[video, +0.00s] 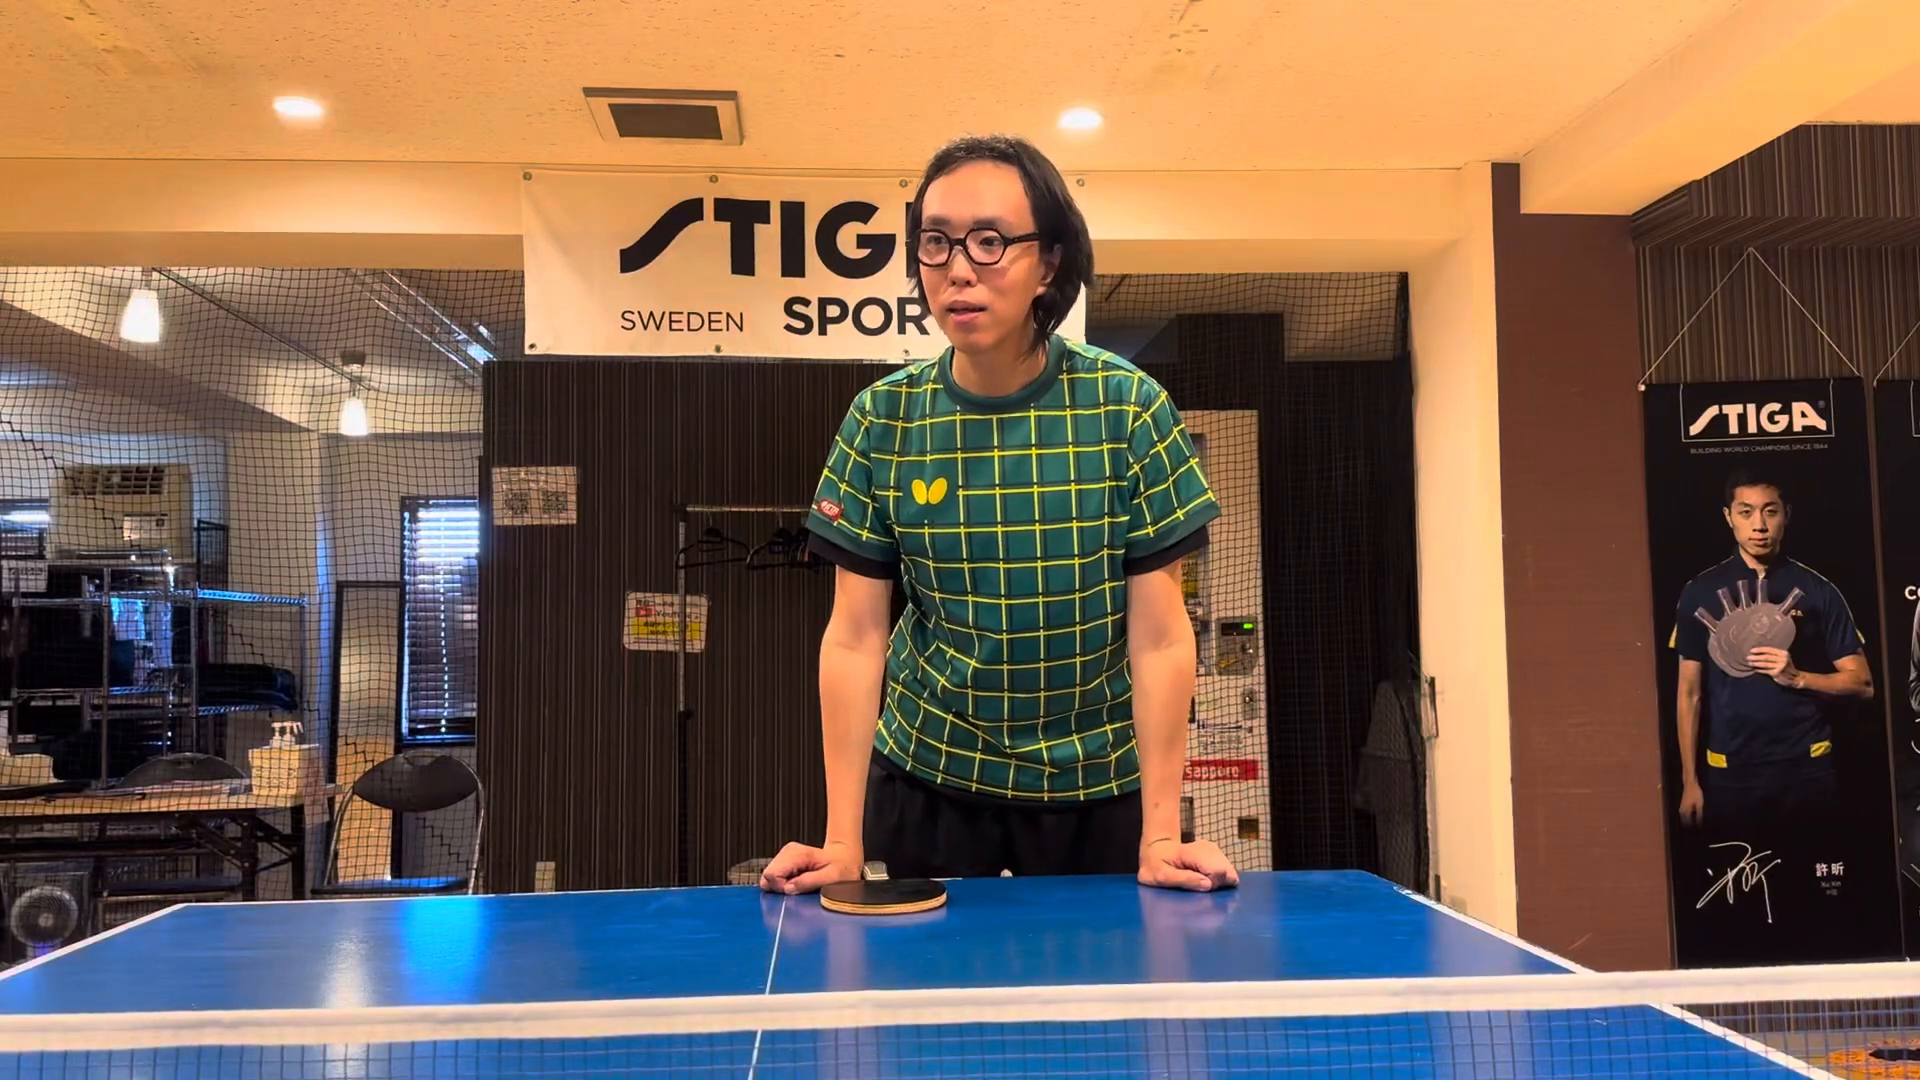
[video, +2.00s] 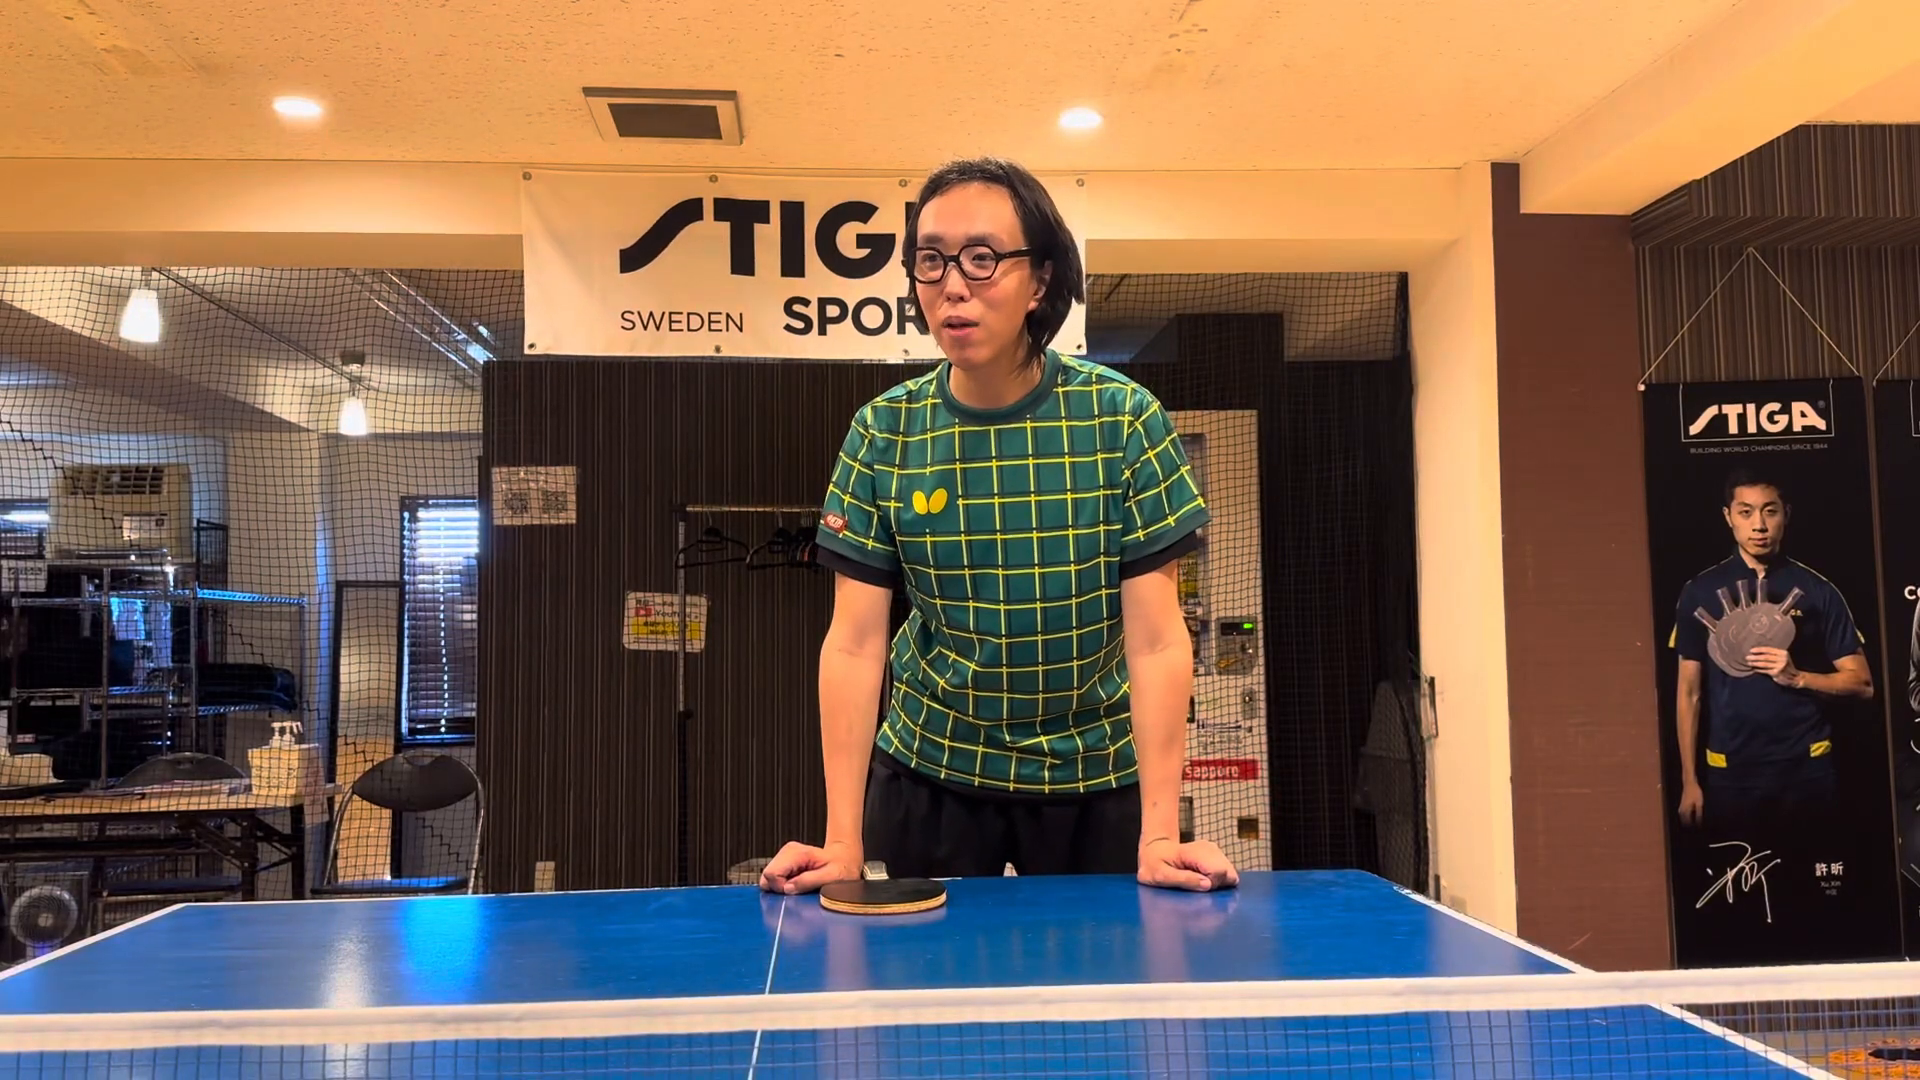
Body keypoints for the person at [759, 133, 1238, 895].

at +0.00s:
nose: (958, 268)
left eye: (990, 241)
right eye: (938, 242)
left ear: (1049, 266)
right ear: (918, 263)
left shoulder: (1126, 408)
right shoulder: (884, 417)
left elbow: (1160, 638)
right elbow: (854, 637)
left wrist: (1163, 836)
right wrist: (842, 842)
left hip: (1094, 809)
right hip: (925, 804)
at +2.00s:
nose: (951, 283)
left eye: (982, 257)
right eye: (932, 259)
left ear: (1040, 281)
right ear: (914, 278)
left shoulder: (1122, 419)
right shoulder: (886, 429)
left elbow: (1157, 642)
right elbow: (853, 645)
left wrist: (1162, 836)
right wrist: (841, 843)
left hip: (1093, 800)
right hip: (928, 796)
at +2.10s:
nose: (951, 283)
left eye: (982, 258)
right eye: (932, 260)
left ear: (1039, 281)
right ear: (914, 280)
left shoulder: (1121, 419)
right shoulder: (886, 430)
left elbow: (1156, 641)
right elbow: (853, 645)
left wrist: (1162, 836)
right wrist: (842, 845)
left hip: (1093, 795)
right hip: (928, 792)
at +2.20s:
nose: (951, 285)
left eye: (981, 258)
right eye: (931, 261)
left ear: (1038, 282)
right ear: (914, 282)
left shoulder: (1121, 421)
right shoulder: (885, 432)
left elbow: (1156, 642)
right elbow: (853, 645)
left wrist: (1161, 837)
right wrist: (842, 846)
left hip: (1092, 794)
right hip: (927, 791)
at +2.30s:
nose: (950, 286)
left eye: (980, 259)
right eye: (931, 262)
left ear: (1037, 283)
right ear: (913, 283)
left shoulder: (1121, 423)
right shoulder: (885, 434)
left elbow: (1155, 643)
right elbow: (853, 646)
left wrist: (1161, 837)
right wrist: (842, 846)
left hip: (1092, 790)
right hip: (927, 788)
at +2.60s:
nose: (949, 290)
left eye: (980, 264)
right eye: (931, 266)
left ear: (1037, 288)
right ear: (914, 285)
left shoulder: (1120, 427)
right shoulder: (886, 438)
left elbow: (1154, 642)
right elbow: (854, 645)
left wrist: (1161, 835)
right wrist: (842, 844)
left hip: (1090, 780)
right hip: (927, 777)